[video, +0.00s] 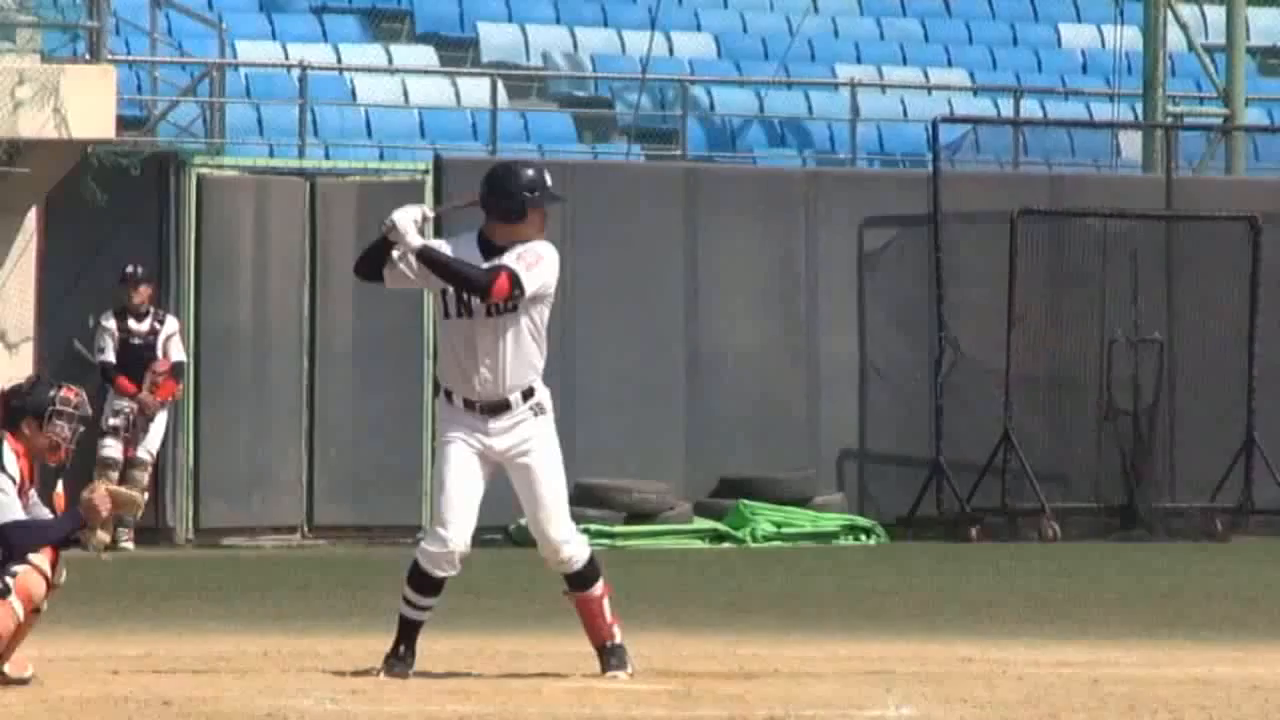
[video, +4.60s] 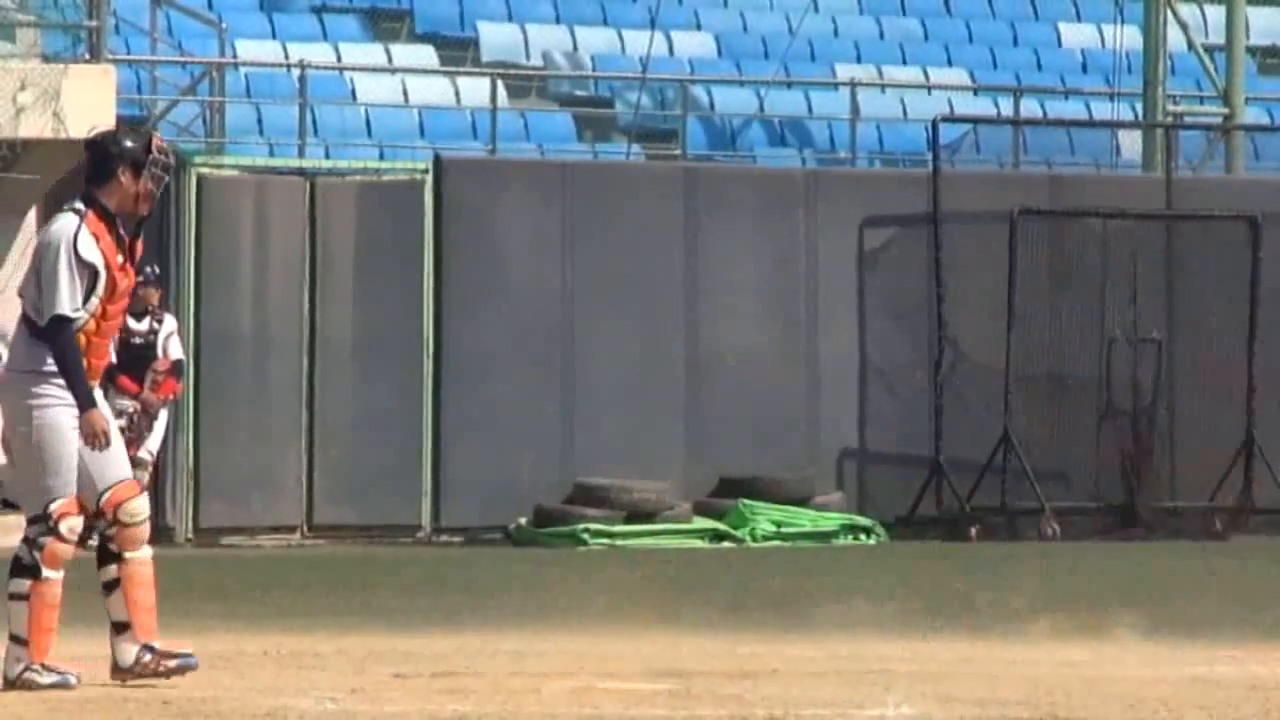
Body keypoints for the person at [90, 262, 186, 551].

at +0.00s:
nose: (134, 293)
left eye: (140, 287)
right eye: (130, 287)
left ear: (151, 290)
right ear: (123, 290)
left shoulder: (168, 324)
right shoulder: (110, 322)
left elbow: (177, 368)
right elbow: (107, 367)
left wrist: (160, 397)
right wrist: (137, 394)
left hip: (153, 399)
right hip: (120, 396)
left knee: (141, 461)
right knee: (109, 457)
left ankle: (126, 529)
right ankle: (102, 526)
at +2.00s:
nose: (133, 292)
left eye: (138, 286)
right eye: (129, 286)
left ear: (149, 289)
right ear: (123, 290)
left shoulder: (167, 324)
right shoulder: (109, 321)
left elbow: (177, 367)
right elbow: (106, 367)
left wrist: (156, 397)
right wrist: (136, 394)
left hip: (152, 400)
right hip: (118, 396)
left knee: (140, 460)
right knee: (107, 457)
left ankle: (125, 529)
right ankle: (102, 526)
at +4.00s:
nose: (154, 293)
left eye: (155, 286)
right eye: (147, 287)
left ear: (157, 290)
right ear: (132, 290)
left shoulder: (166, 323)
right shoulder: (109, 320)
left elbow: (176, 365)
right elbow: (106, 367)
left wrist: (162, 395)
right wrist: (139, 394)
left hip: (152, 398)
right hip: (120, 395)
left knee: (142, 459)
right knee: (111, 456)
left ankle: (125, 526)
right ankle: (102, 524)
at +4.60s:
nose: (154, 293)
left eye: (155, 287)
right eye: (149, 287)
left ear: (159, 292)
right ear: (135, 291)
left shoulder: (166, 323)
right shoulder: (116, 320)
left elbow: (176, 364)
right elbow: (108, 366)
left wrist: (159, 396)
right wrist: (140, 394)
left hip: (152, 402)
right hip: (119, 397)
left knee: (141, 463)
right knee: (116, 458)